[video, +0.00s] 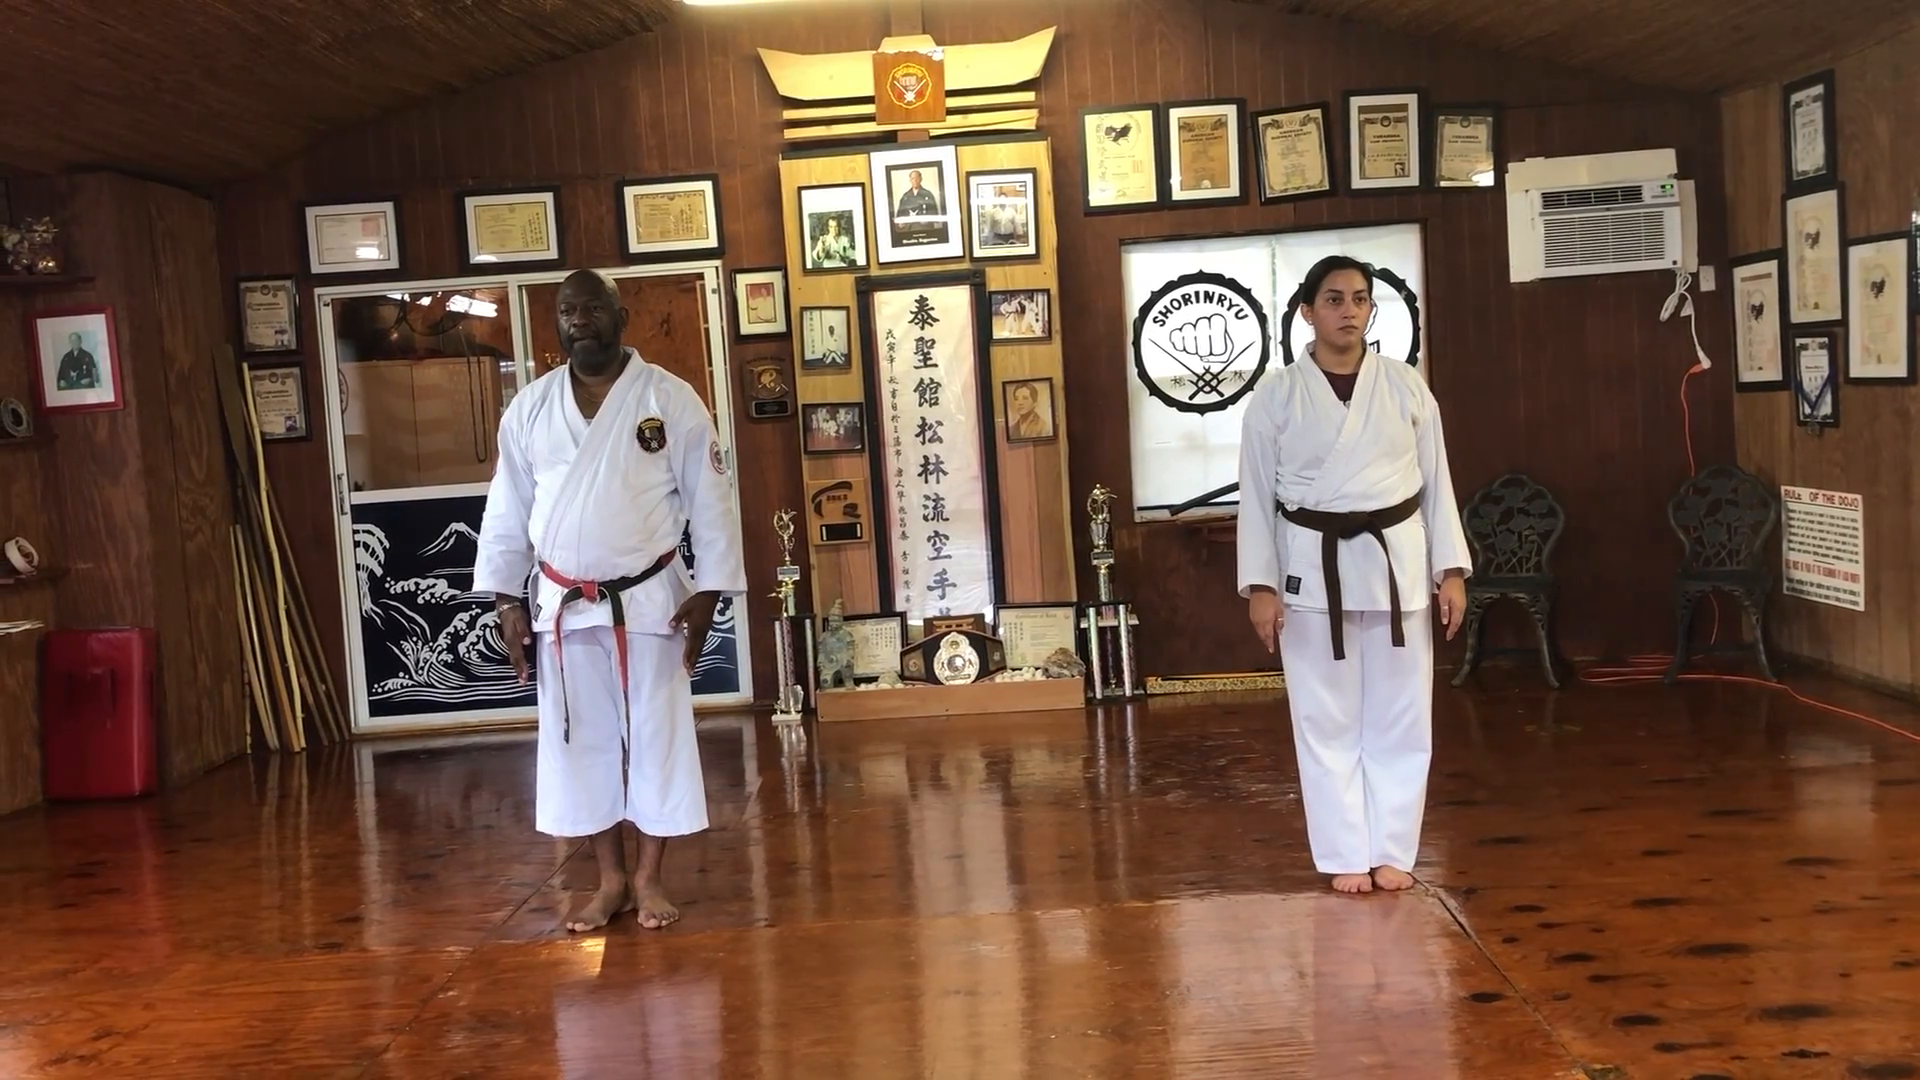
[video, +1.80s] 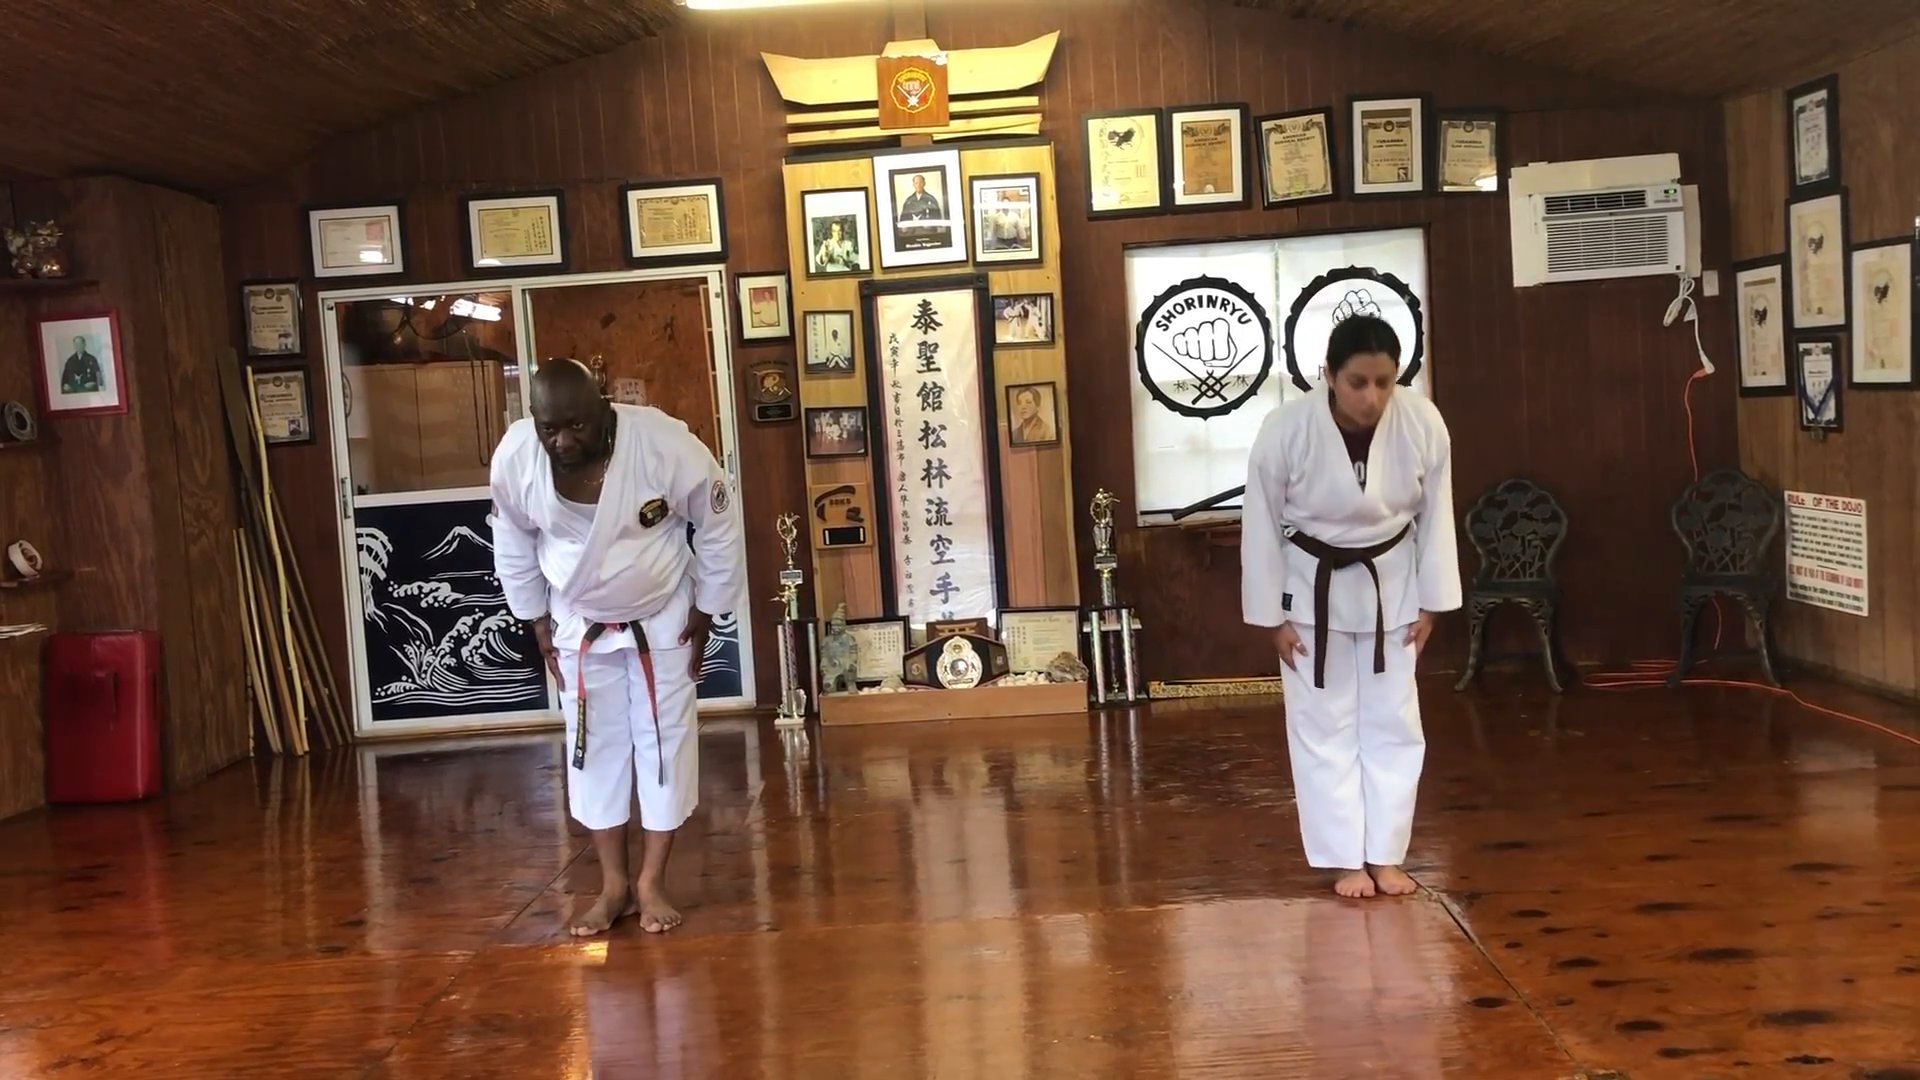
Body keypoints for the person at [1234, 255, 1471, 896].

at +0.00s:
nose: (1349, 310)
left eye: (1360, 299)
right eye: (1334, 298)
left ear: (1372, 311)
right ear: (1308, 311)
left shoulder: (1405, 385)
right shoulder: (1273, 396)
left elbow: (1435, 484)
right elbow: (1256, 497)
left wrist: (1450, 570)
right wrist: (1260, 584)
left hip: (1399, 570)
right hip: (1311, 575)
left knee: (1399, 717)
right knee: (1327, 720)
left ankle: (1392, 855)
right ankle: (1345, 860)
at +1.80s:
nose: (1370, 397)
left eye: (1382, 382)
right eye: (1357, 383)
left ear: (1397, 375)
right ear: (1329, 375)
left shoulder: (1422, 423)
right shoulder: (1286, 429)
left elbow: (1435, 518)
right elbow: (1261, 525)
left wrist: (1430, 603)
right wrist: (1273, 615)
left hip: (1393, 574)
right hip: (1313, 578)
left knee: (1392, 715)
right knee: (1327, 719)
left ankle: (1386, 857)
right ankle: (1345, 861)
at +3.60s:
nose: (1375, 313)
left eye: (1386, 301)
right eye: (1360, 301)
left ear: (1398, 313)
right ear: (1334, 312)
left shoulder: (1429, 387)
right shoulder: (1298, 396)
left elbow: (1458, 487)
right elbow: (1276, 497)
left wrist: (1478, 570)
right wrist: (1283, 586)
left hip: (1425, 563)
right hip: (1335, 567)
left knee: (1455, 710)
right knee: (1345, 721)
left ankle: (1480, 844)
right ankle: (1356, 860)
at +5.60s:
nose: (1438, 354)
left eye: (1448, 342)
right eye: (1423, 342)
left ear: (1461, 352)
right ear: (1397, 352)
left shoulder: (1493, 428)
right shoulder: (1361, 435)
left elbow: (1521, 525)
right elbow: (1339, 530)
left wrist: (1536, 610)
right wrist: (1344, 614)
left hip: (1485, 609)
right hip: (1390, 611)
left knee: (1498, 763)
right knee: (1375, 763)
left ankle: (1513, 895)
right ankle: (1358, 900)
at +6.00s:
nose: (1434, 349)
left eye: (1445, 337)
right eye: (1420, 337)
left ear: (1456, 347)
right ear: (1393, 347)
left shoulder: (1490, 422)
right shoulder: (1358, 429)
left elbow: (1519, 519)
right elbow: (1336, 525)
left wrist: (1533, 603)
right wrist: (1341, 609)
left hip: (1481, 604)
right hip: (1387, 605)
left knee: (1495, 757)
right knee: (1373, 758)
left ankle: (1511, 889)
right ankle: (1357, 894)